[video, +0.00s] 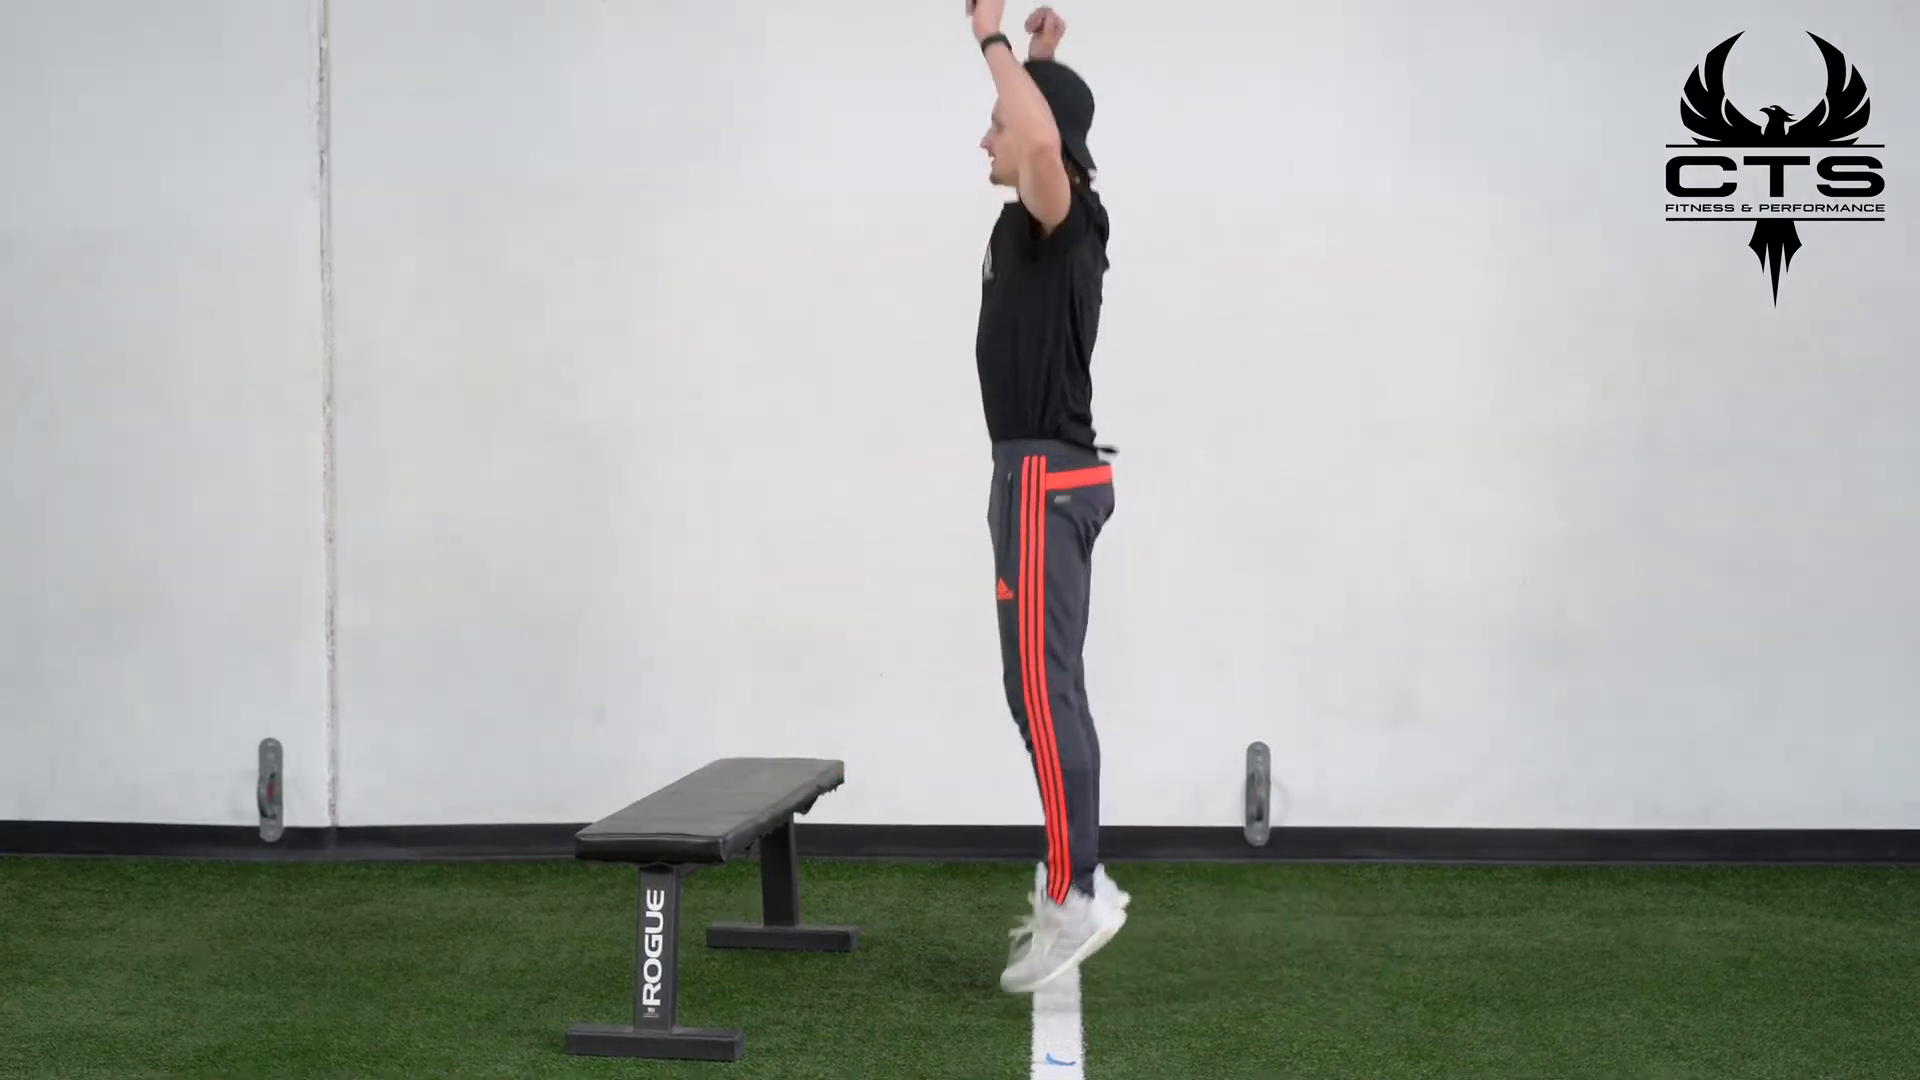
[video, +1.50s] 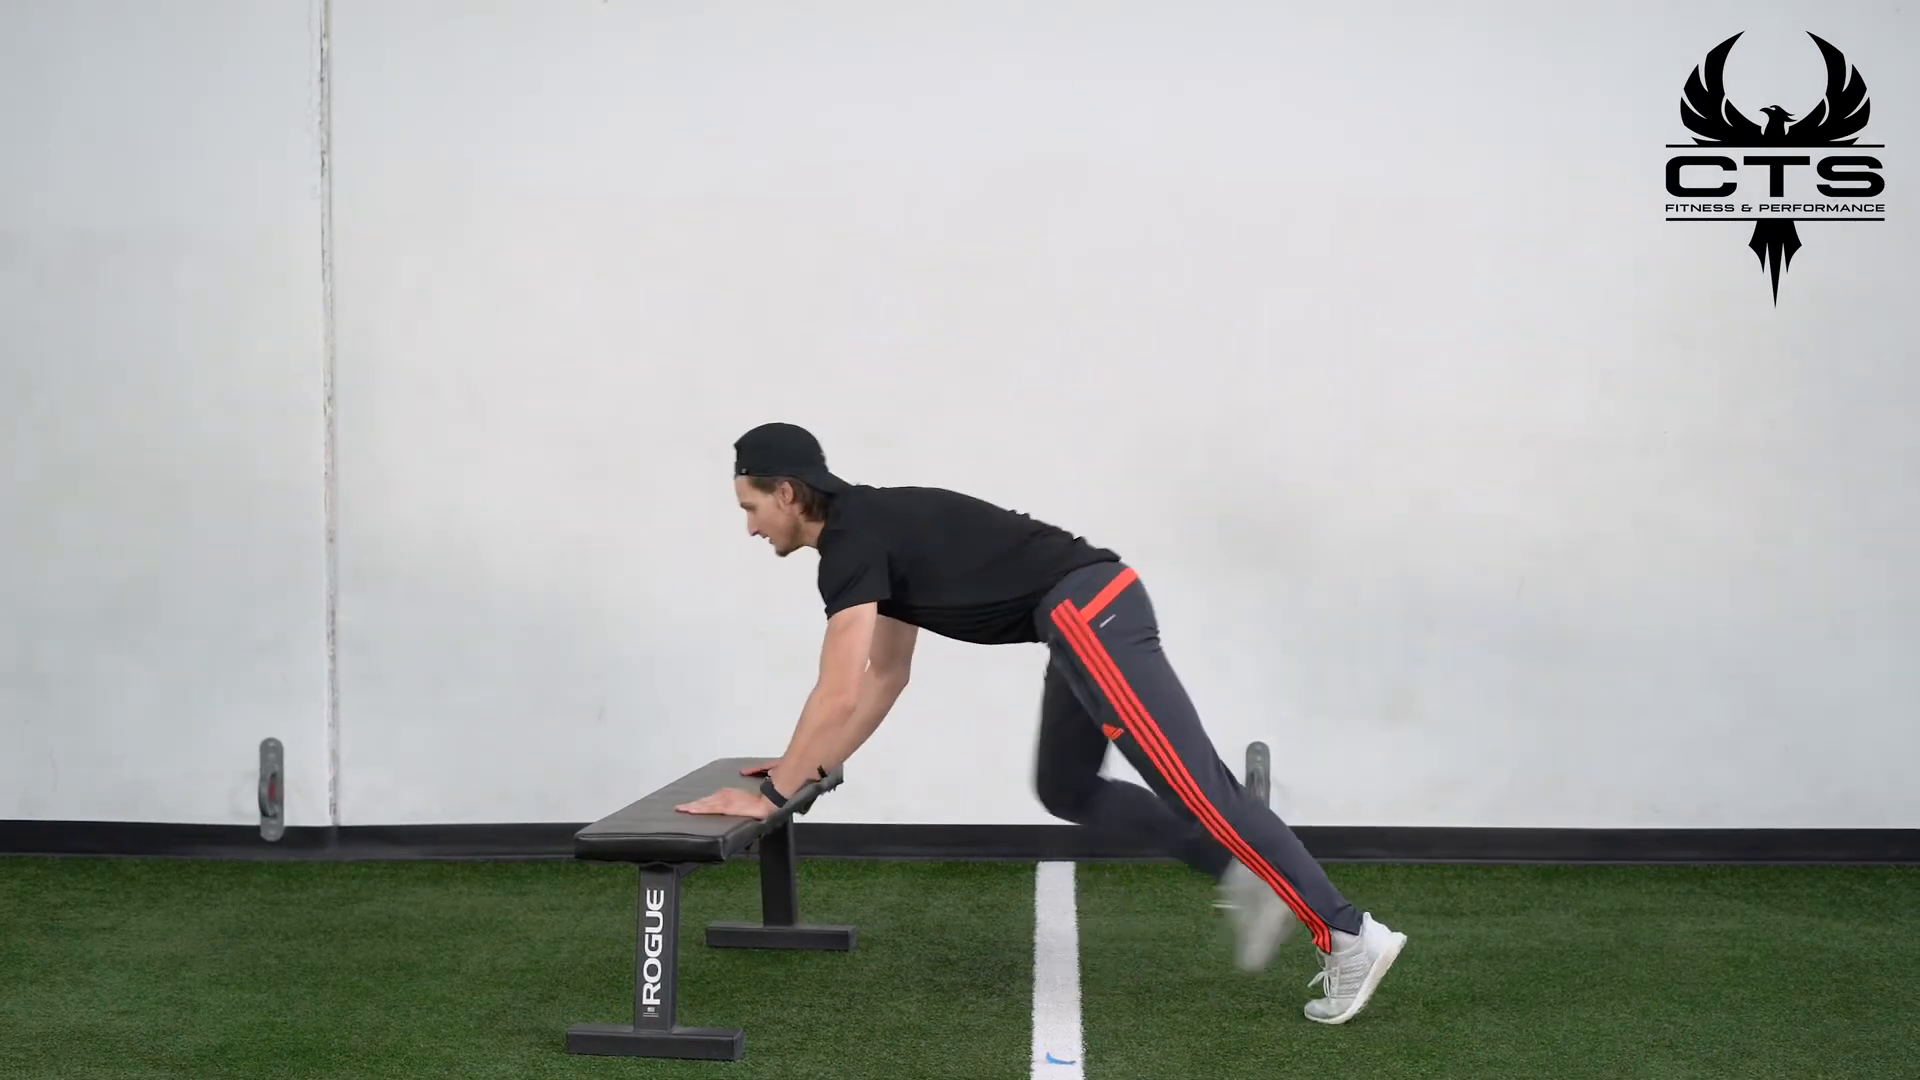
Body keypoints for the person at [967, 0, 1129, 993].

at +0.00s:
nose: (989, 139)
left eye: (1001, 124)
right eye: (992, 123)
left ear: (1045, 135)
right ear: (1048, 138)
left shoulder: (1057, 212)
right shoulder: (1056, 214)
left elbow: (1037, 137)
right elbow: (1047, 135)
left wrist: (992, 39)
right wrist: (1044, 58)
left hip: (1044, 477)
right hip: (1047, 476)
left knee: (1042, 691)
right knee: (1048, 689)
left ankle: (1075, 892)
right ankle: (1076, 884)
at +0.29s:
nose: (946, 243)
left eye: (954, 225)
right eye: (946, 226)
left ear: (994, 222)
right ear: (1004, 223)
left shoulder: (1019, 303)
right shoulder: (1047, 302)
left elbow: (1080, 394)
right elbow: (1099, 382)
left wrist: (1051, 335)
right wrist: (1086, 306)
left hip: (1038, 559)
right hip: (1060, 555)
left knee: (1038, 761)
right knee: (1058, 757)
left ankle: (1098, 958)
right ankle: (1097, 948)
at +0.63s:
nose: (838, 361)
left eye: (841, 341)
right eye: (834, 344)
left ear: (887, 330)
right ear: (894, 333)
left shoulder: (949, 405)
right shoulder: (967, 391)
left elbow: (969, 558)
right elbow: (1017, 547)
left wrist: (932, 685)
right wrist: (991, 670)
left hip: (1123, 566)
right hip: (1118, 564)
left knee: (1077, 767)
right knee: (1081, 766)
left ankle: (1105, 969)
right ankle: (1102, 958)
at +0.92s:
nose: (803, 502)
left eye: (805, 482)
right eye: (798, 484)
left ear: (842, 467)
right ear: (850, 467)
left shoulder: (910, 517)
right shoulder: (930, 511)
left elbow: (849, 670)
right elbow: (883, 669)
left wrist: (770, 775)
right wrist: (803, 761)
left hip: (1137, 570)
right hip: (1145, 566)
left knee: (1051, 760)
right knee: (1082, 764)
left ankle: (1136, 945)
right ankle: (1114, 946)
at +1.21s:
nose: (754, 520)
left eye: (757, 503)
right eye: (750, 505)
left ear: (798, 490)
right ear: (808, 487)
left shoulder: (861, 533)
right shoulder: (891, 529)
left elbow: (836, 682)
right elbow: (876, 679)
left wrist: (772, 789)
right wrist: (809, 769)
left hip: (1096, 589)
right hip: (1082, 599)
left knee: (1185, 780)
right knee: (1030, 767)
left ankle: (1344, 927)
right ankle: (1102, 954)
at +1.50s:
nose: (747, 519)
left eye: (751, 501)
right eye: (744, 504)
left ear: (794, 489)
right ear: (798, 488)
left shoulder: (850, 536)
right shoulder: (877, 531)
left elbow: (843, 683)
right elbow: (883, 682)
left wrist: (771, 790)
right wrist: (812, 767)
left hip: (1091, 604)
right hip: (1081, 612)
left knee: (1198, 791)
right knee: (1065, 786)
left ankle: (1352, 937)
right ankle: (1232, 850)